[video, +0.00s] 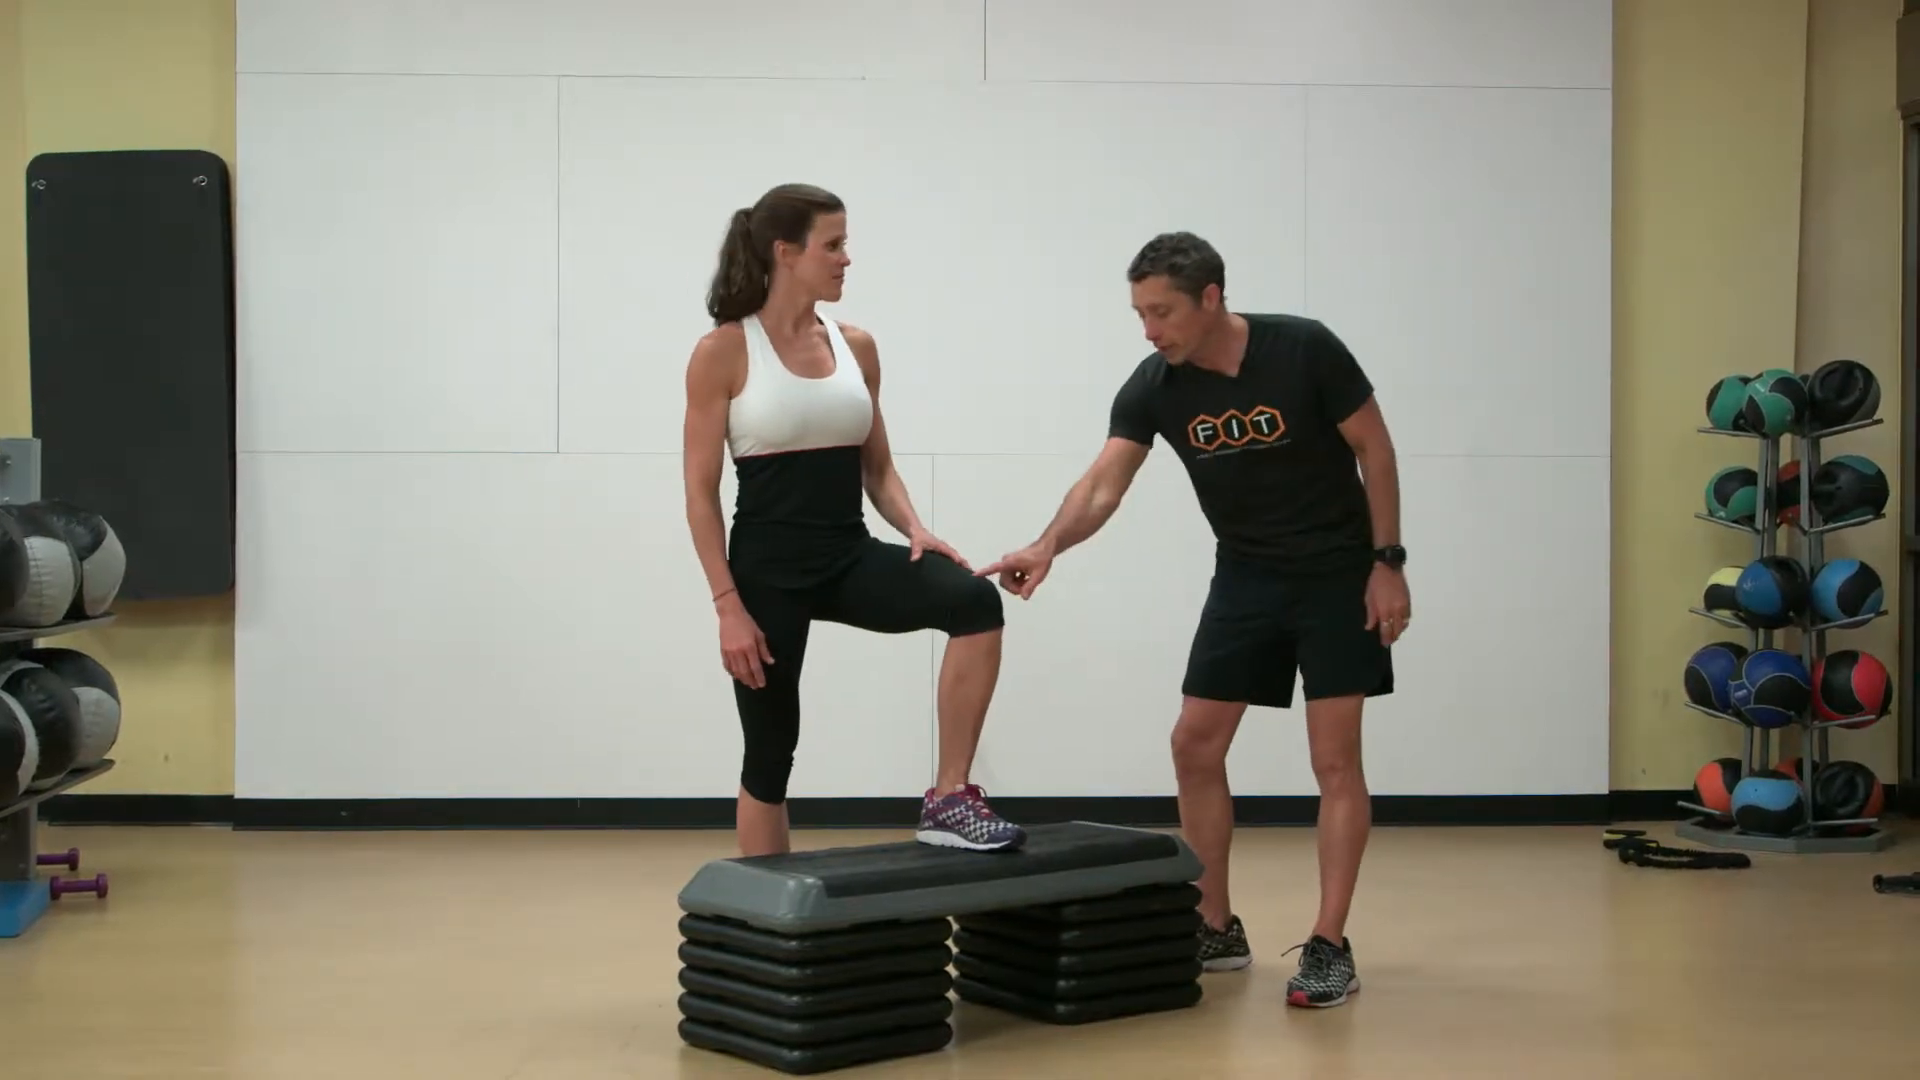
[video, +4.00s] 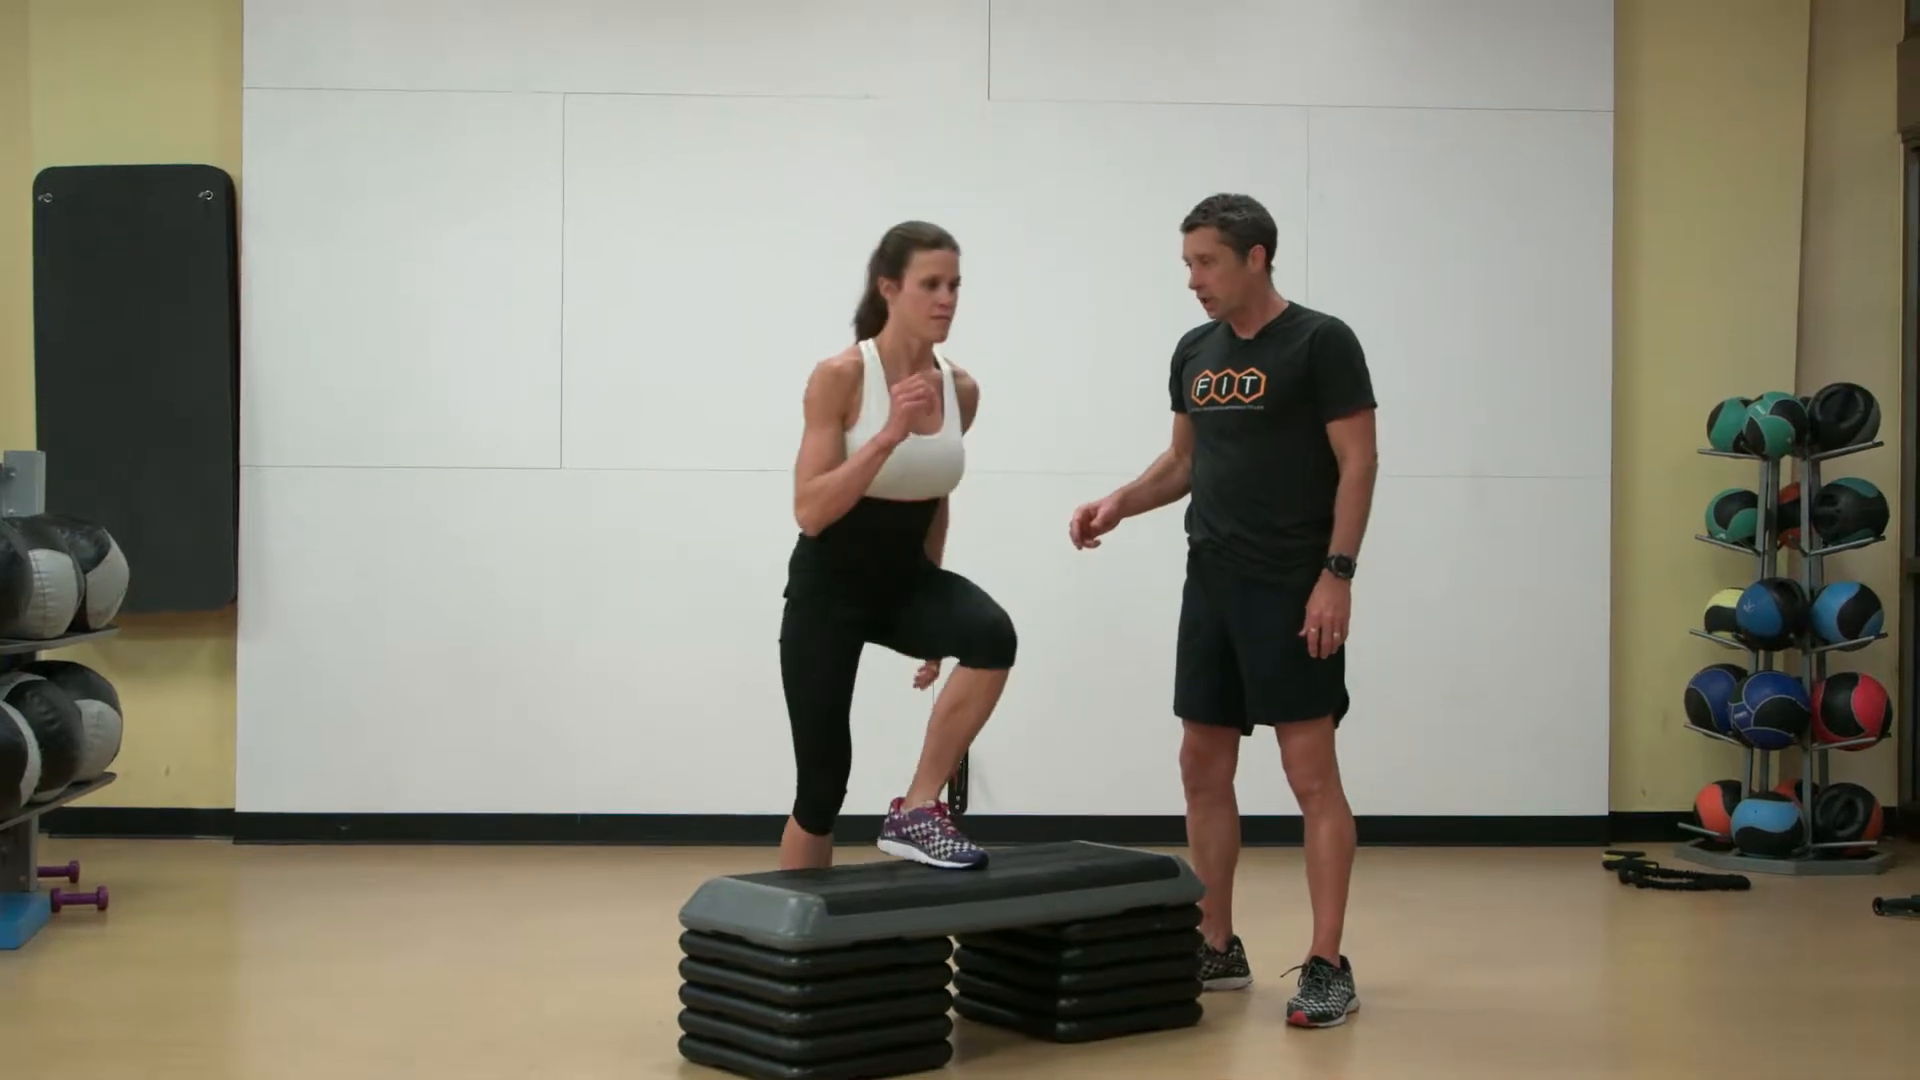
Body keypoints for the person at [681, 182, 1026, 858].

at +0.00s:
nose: (846, 257)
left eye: (846, 244)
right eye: (833, 245)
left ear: (800, 252)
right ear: (784, 252)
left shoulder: (855, 348)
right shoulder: (723, 353)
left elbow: (878, 467)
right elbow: (700, 493)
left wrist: (915, 529)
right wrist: (728, 607)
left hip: (847, 557)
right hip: (767, 566)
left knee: (975, 604)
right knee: (769, 760)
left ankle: (951, 797)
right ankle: (766, 930)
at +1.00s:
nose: (830, 281)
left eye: (837, 266)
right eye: (817, 266)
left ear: (842, 264)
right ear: (771, 258)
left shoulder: (851, 347)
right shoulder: (725, 361)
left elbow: (875, 468)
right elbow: (705, 502)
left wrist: (915, 531)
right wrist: (734, 616)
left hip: (852, 560)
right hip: (775, 571)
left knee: (980, 606)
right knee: (773, 764)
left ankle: (951, 800)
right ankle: (766, 933)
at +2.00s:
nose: (854, 283)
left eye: (862, 268)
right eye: (841, 266)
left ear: (869, 266)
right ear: (797, 254)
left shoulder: (869, 348)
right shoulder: (748, 352)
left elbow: (884, 473)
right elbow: (724, 493)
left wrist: (934, 540)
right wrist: (755, 608)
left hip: (861, 558)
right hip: (784, 568)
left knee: (986, 608)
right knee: (786, 760)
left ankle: (952, 801)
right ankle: (772, 932)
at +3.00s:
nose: (997, 127)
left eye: (1002, 113)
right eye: (981, 113)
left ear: (1004, 124)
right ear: (935, 120)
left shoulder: (1018, 233)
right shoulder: (889, 210)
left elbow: (1075, 349)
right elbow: (823, 329)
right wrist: (804, 452)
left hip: (962, 433)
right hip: (882, 428)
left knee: (1010, 611)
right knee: (995, 529)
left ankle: (960, 804)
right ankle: (882, 632)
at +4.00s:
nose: (948, 299)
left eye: (954, 284)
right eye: (932, 284)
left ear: (958, 290)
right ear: (888, 288)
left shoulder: (958, 390)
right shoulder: (840, 378)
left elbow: (935, 508)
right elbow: (811, 511)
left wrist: (932, 626)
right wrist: (891, 434)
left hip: (906, 582)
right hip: (828, 587)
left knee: (992, 637)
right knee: (823, 792)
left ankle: (917, 809)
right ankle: (794, 951)